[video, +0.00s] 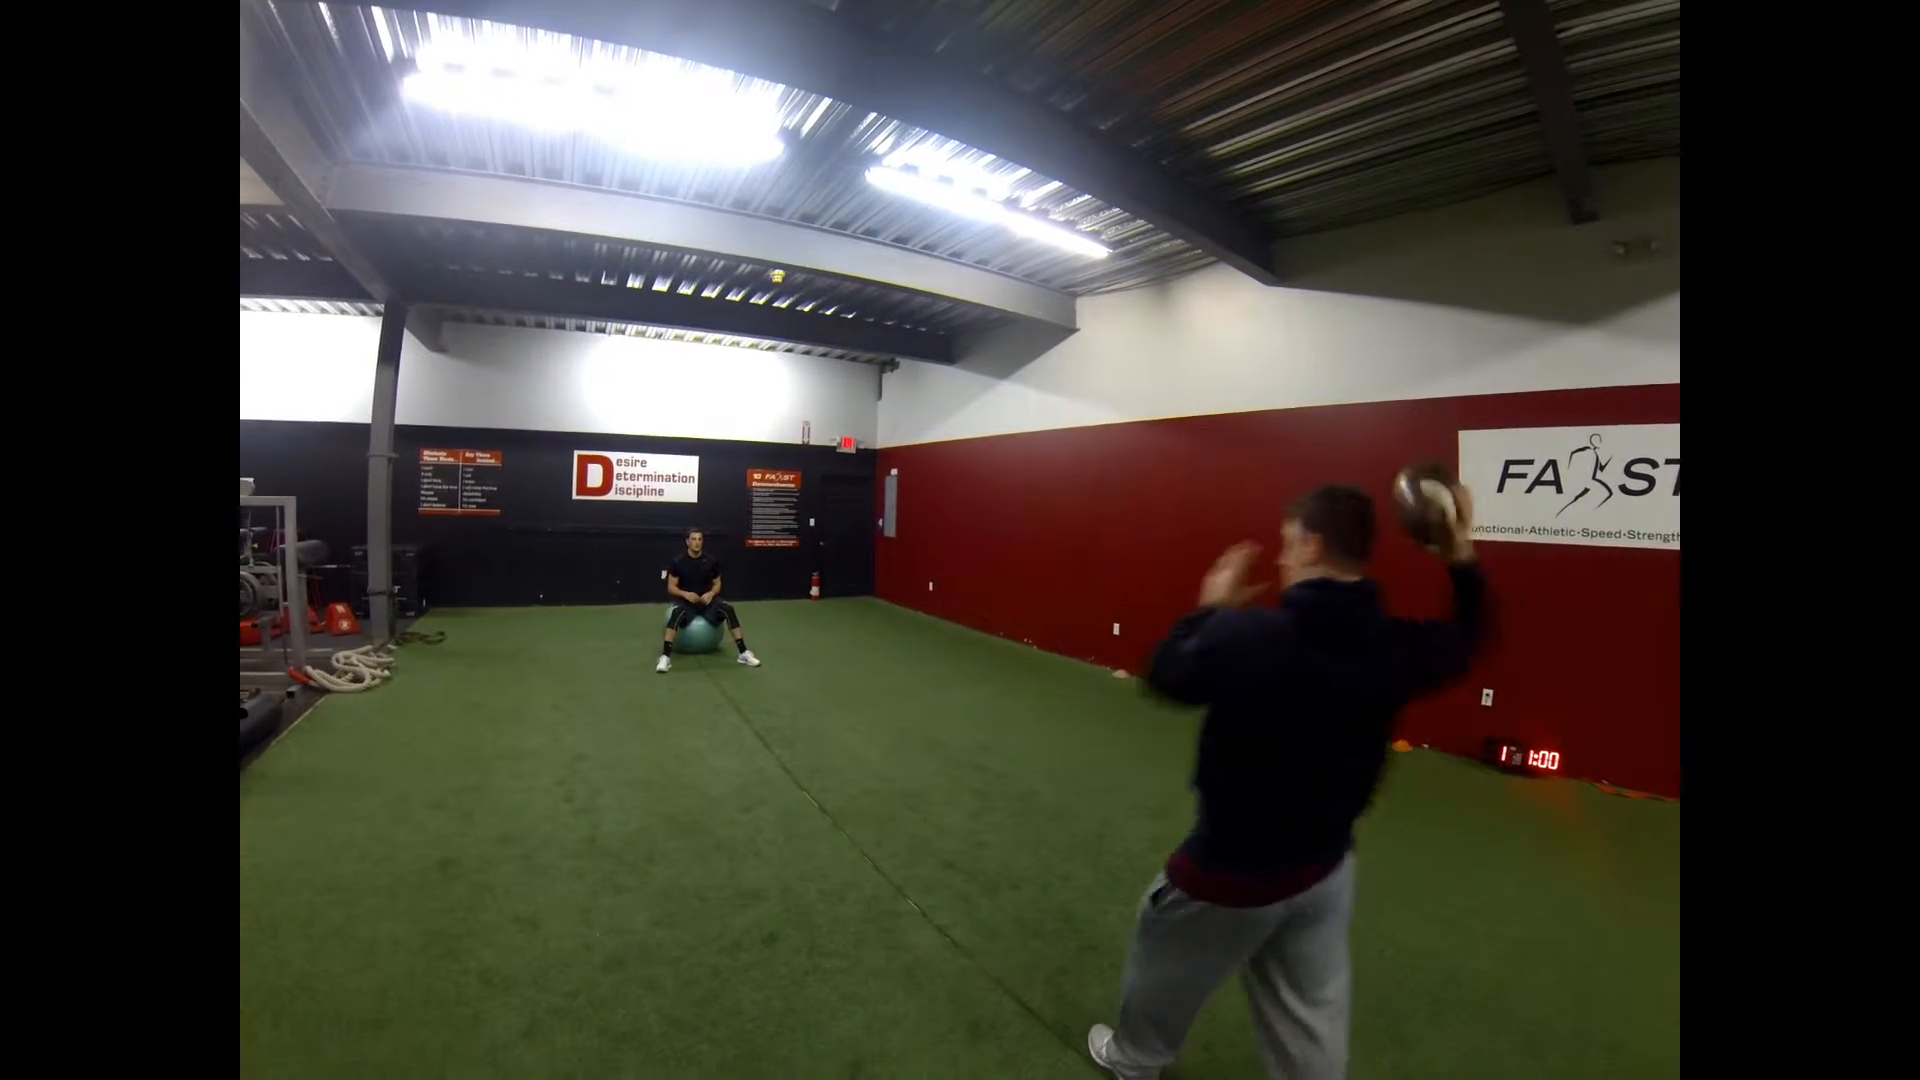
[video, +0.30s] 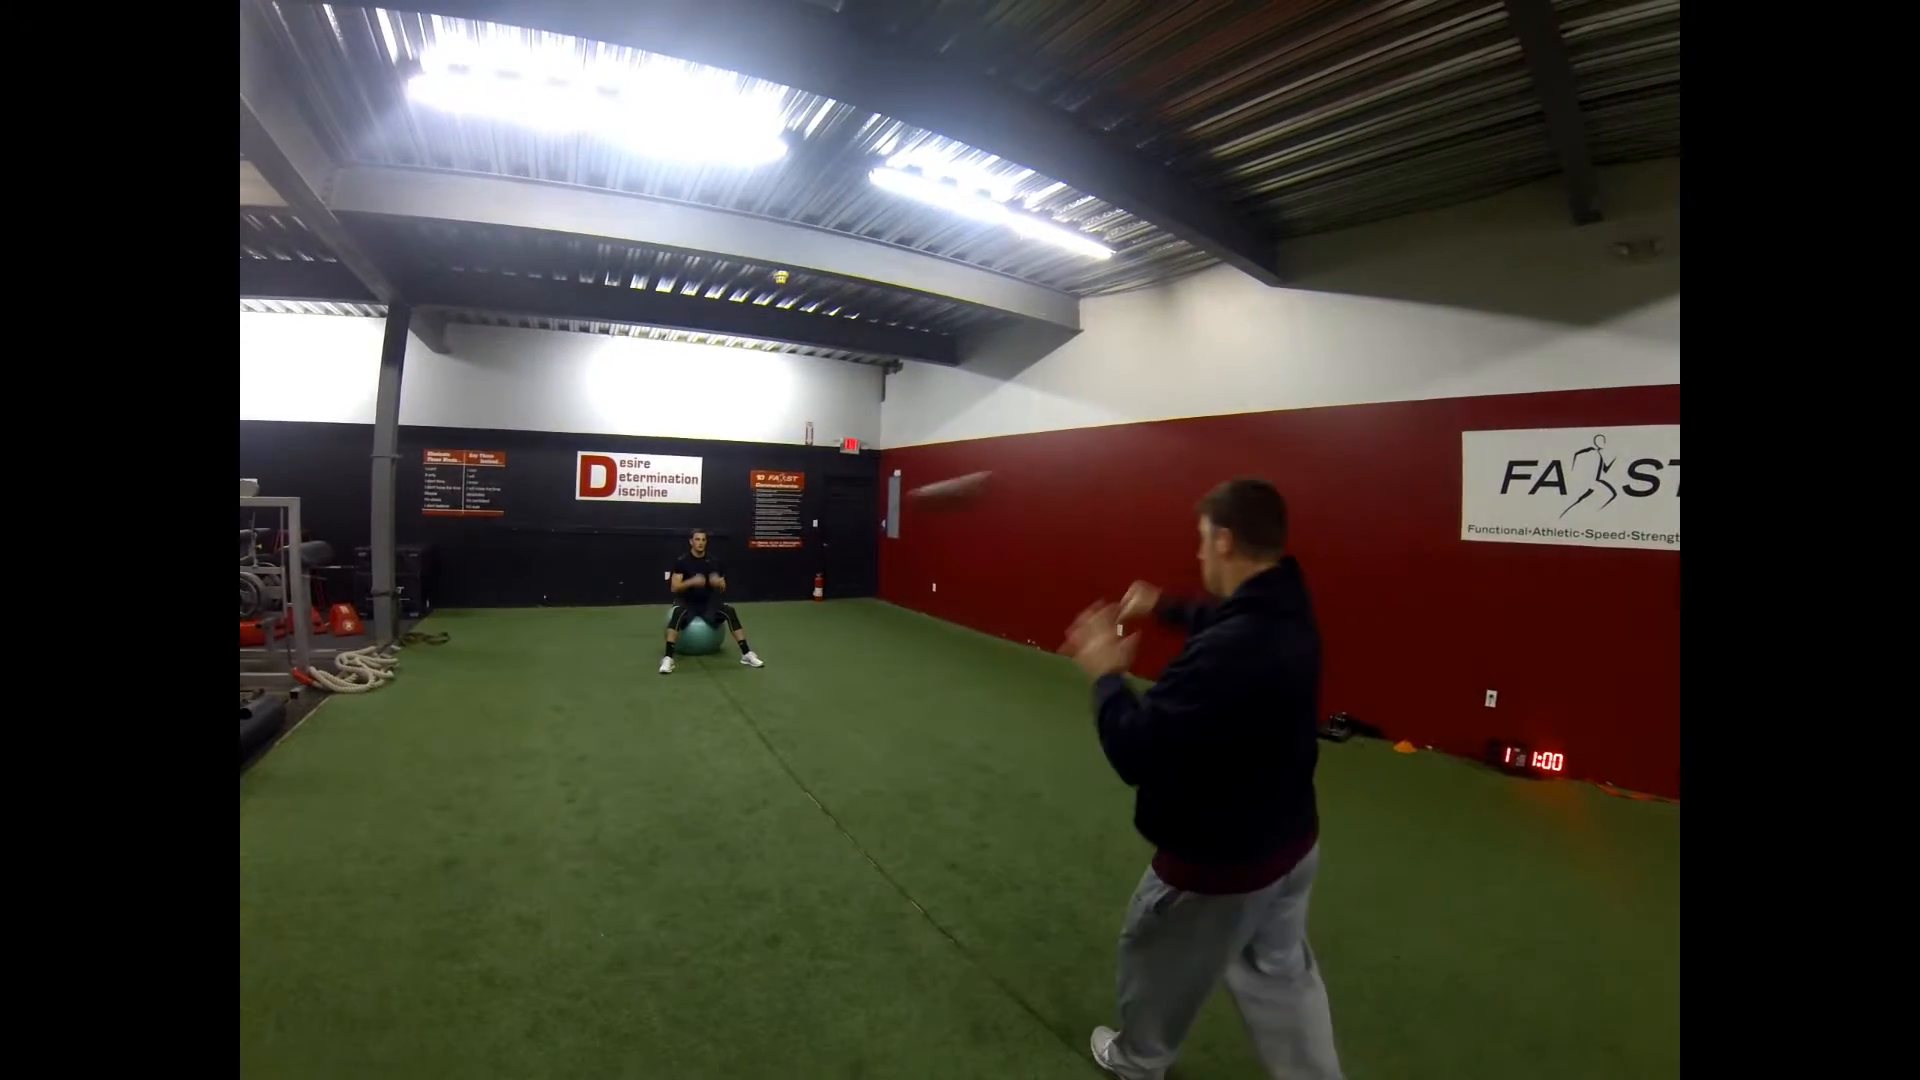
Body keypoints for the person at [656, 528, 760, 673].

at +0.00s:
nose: (697, 542)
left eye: (699, 539)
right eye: (693, 539)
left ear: (703, 542)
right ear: (687, 542)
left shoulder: (711, 561)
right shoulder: (678, 563)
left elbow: (717, 584)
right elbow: (671, 587)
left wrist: (710, 594)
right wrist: (686, 594)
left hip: (707, 601)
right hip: (687, 601)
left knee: (728, 609)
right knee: (677, 612)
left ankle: (743, 652)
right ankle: (665, 656)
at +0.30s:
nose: (700, 543)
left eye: (703, 540)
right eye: (697, 539)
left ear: (706, 542)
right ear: (691, 542)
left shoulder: (714, 561)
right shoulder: (682, 562)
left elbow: (723, 587)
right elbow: (674, 587)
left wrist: (718, 582)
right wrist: (692, 582)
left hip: (709, 603)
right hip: (688, 604)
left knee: (730, 611)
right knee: (677, 612)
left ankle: (746, 653)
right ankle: (668, 657)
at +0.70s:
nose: (698, 553)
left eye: (701, 550)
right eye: (695, 550)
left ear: (705, 550)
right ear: (689, 548)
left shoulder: (708, 564)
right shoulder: (680, 564)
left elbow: (714, 587)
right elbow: (685, 590)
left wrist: (717, 602)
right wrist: (701, 602)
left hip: (707, 603)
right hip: (687, 604)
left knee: (731, 614)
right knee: (675, 616)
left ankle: (746, 657)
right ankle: (667, 660)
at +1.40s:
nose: (700, 563)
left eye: (703, 560)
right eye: (698, 559)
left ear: (705, 560)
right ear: (690, 557)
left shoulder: (708, 573)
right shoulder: (677, 573)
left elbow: (716, 598)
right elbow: (669, 598)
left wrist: (712, 597)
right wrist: (689, 598)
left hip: (704, 612)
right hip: (684, 613)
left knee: (728, 622)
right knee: (674, 623)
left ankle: (745, 664)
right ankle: (666, 668)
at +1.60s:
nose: (691, 562)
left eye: (694, 559)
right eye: (688, 559)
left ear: (700, 558)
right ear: (685, 557)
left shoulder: (708, 573)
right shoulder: (677, 572)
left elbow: (710, 599)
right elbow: (661, 591)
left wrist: (693, 593)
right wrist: (670, 595)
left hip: (702, 612)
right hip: (682, 611)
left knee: (726, 623)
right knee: (674, 625)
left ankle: (743, 665)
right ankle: (664, 669)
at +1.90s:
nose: (690, 557)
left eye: (693, 554)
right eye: (687, 554)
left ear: (697, 556)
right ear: (681, 555)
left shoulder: (706, 573)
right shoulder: (676, 575)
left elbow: (720, 597)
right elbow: (669, 598)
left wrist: (708, 603)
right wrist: (659, 586)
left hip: (704, 615)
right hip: (684, 615)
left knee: (727, 623)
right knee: (677, 626)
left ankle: (742, 667)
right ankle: (664, 670)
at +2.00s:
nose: (690, 555)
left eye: (693, 552)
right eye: (687, 552)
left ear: (697, 554)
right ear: (682, 554)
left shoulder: (707, 572)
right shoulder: (677, 574)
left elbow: (724, 593)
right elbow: (659, 593)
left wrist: (718, 599)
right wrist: (657, 569)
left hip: (705, 615)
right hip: (684, 616)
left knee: (728, 623)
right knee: (677, 625)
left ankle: (742, 666)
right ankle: (664, 670)